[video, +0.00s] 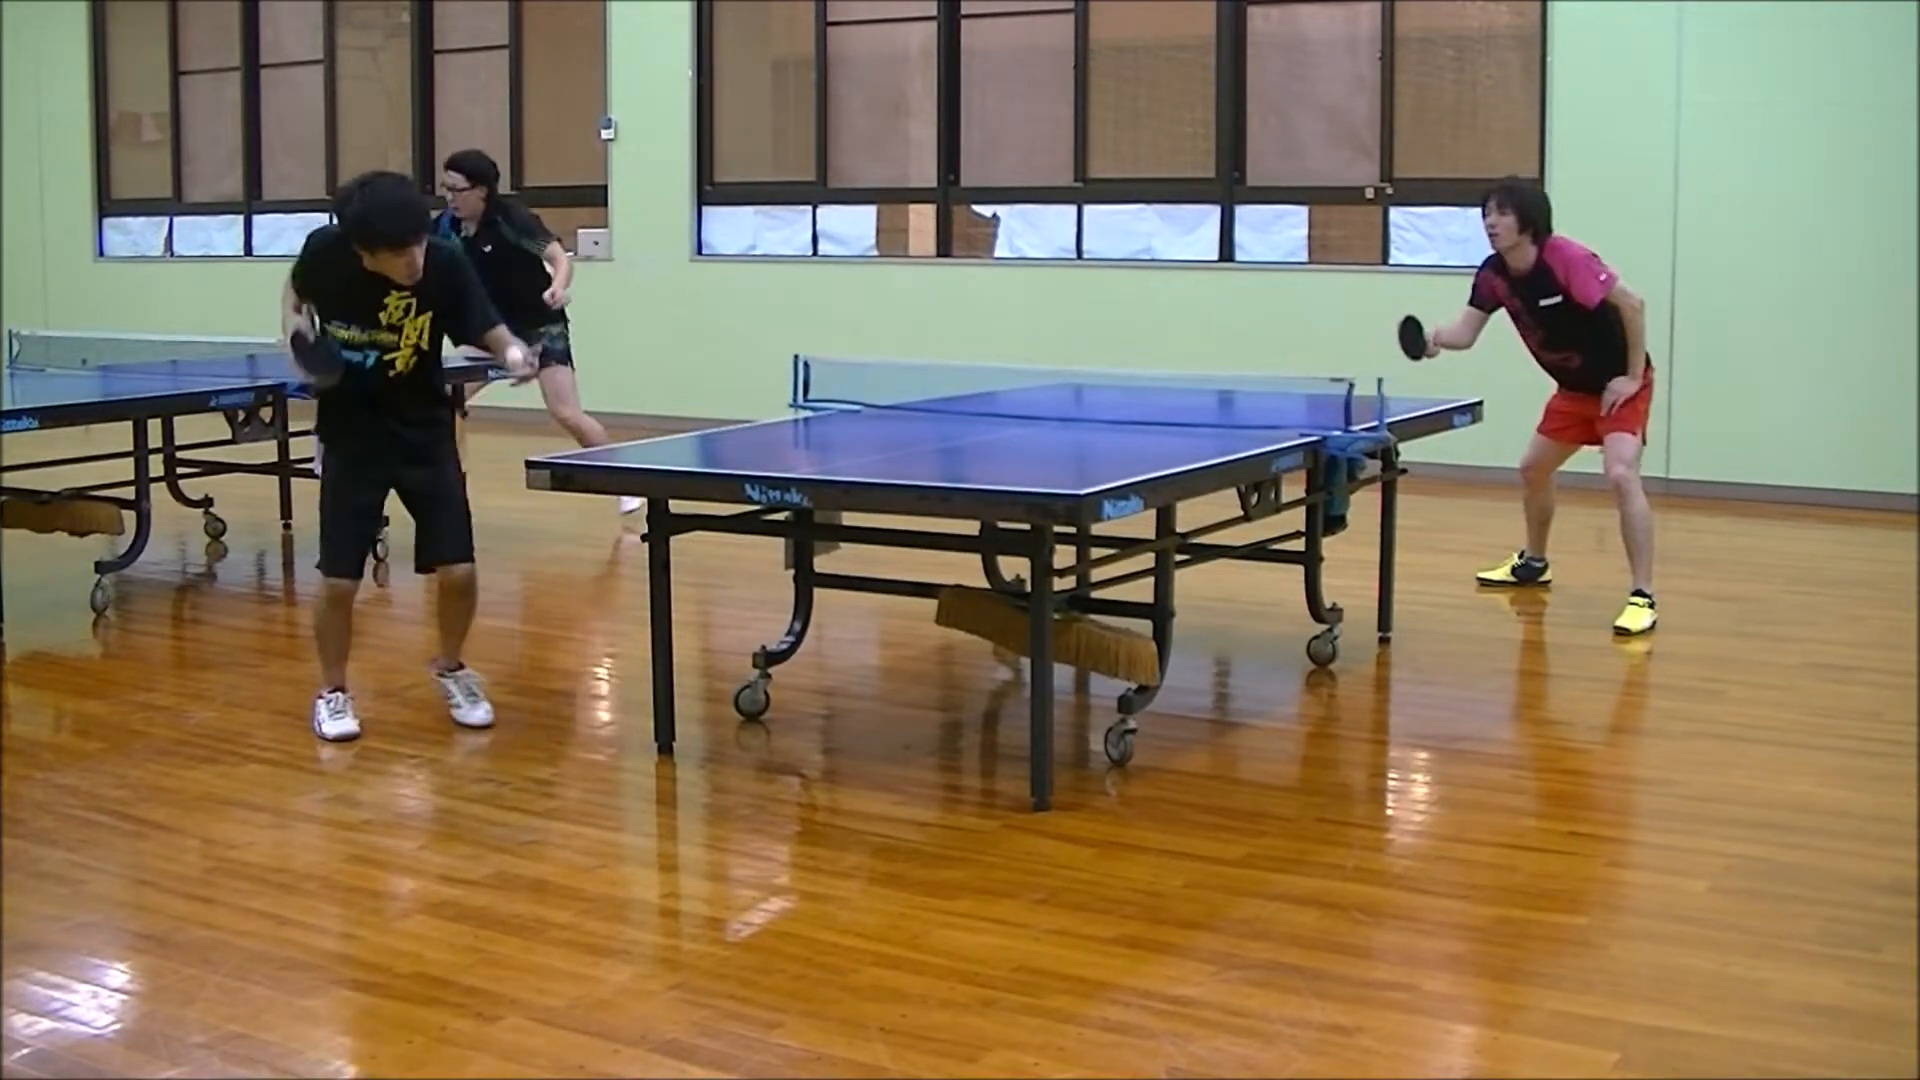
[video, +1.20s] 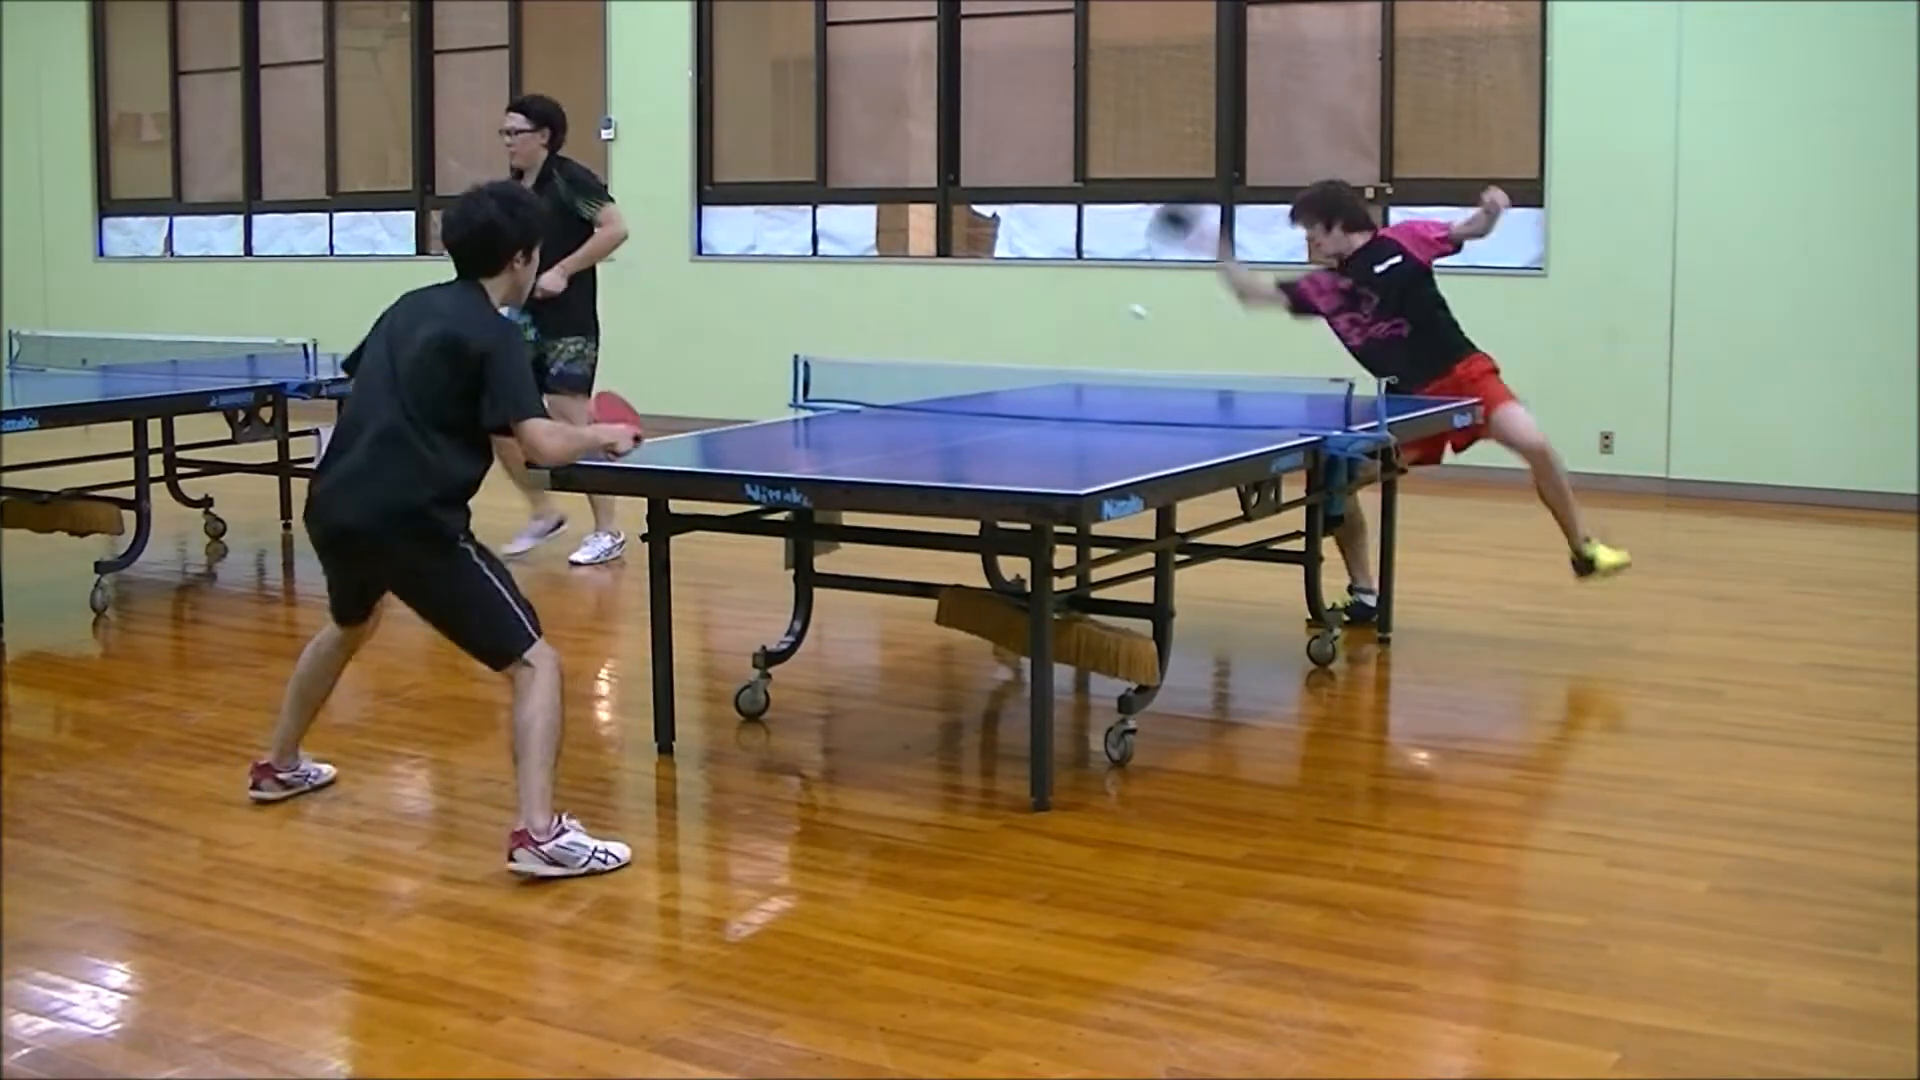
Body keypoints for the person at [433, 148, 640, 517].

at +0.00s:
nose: (449, 196)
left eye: (457, 189)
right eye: (446, 188)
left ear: (483, 190)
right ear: (446, 188)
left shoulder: (511, 216)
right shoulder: (445, 225)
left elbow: (559, 258)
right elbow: (431, 275)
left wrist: (558, 285)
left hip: (541, 322)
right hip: (488, 326)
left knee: (565, 412)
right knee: (442, 402)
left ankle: (625, 482)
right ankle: (446, 495)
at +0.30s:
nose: (477, 187)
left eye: (486, 181)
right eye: (477, 180)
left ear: (511, 187)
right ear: (482, 185)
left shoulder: (532, 226)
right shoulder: (487, 231)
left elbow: (556, 288)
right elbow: (490, 290)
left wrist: (503, 309)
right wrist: (452, 306)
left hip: (554, 342)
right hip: (516, 343)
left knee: (550, 434)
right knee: (470, 408)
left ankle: (613, 504)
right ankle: (472, 493)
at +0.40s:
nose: (496, 158)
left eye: (505, 151)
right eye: (497, 151)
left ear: (530, 157)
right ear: (511, 157)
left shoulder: (552, 197)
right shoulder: (508, 202)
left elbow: (570, 259)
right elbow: (513, 264)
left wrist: (504, 282)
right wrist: (481, 289)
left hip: (575, 316)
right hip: (537, 317)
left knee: (568, 418)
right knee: (507, 403)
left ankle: (616, 503)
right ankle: (515, 491)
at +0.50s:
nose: (513, 137)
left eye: (523, 131)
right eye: (513, 129)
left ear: (548, 138)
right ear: (520, 136)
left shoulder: (569, 179)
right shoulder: (521, 185)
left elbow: (592, 239)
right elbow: (516, 241)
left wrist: (534, 265)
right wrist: (517, 270)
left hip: (588, 302)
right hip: (553, 302)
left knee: (576, 402)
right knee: (543, 403)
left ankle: (618, 492)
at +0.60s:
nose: (530, 139)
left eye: (540, 133)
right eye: (530, 132)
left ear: (565, 140)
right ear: (541, 139)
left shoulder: (587, 183)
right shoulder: (539, 188)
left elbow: (615, 245)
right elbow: (546, 243)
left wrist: (557, 265)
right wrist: (525, 265)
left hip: (601, 302)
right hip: (568, 304)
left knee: (584, 401)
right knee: (590, 408)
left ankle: (634, 490)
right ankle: (658, 478)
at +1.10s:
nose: (522, 144)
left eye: (533, 137)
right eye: (520, 136)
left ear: (560, 142)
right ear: (519, 139)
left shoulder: (585, 186)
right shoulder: (521, 188)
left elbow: (639, 237)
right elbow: (506, 243)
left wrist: (592, 279)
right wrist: (512, 288)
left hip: (584, 319)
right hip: (540, 317)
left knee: (573, 420)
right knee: (553, 423)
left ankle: (609, 532)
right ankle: (601, 521)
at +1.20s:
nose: (507, 142)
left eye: (516, 134)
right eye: (505, 134)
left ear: (546, 136)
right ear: (507, 138)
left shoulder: (569, 178)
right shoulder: (514, 186)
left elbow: (615, 228)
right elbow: (517, 242)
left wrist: (562, 269)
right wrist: (506, 283)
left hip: (569, 326)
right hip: (522, 322)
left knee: (571, 423)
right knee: (503, 428)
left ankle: (607, 531)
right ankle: (544, 513)